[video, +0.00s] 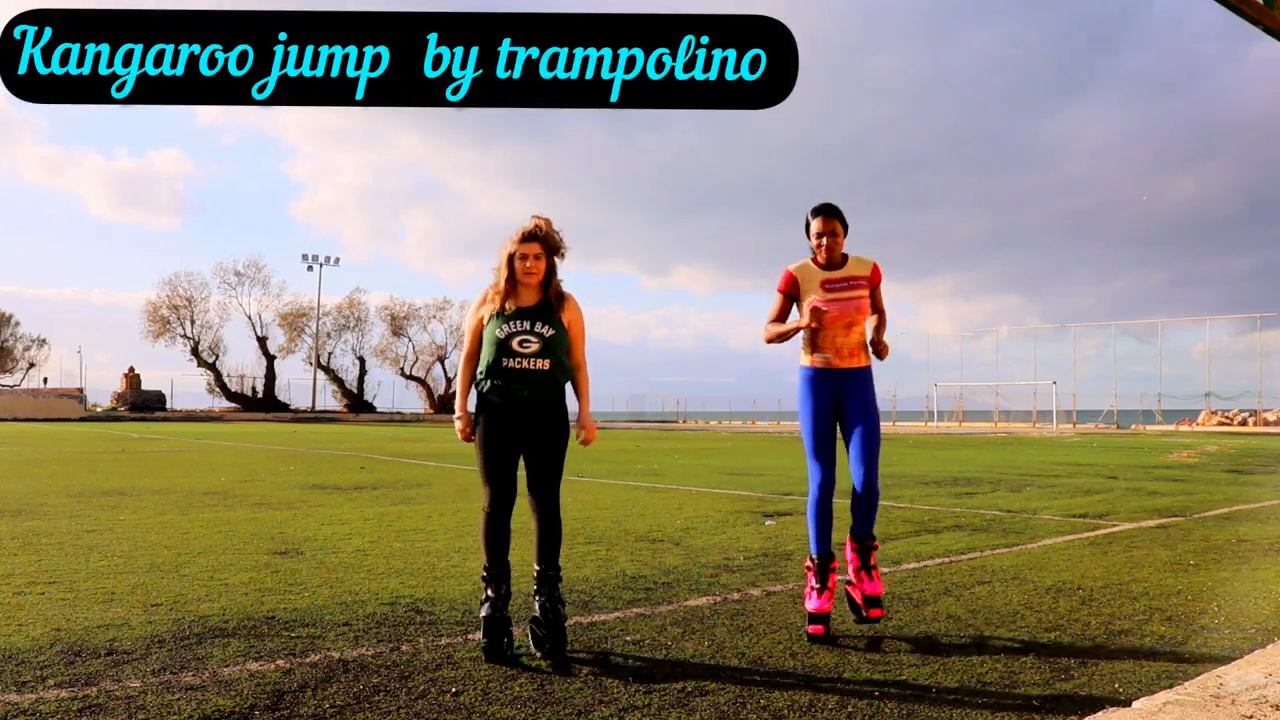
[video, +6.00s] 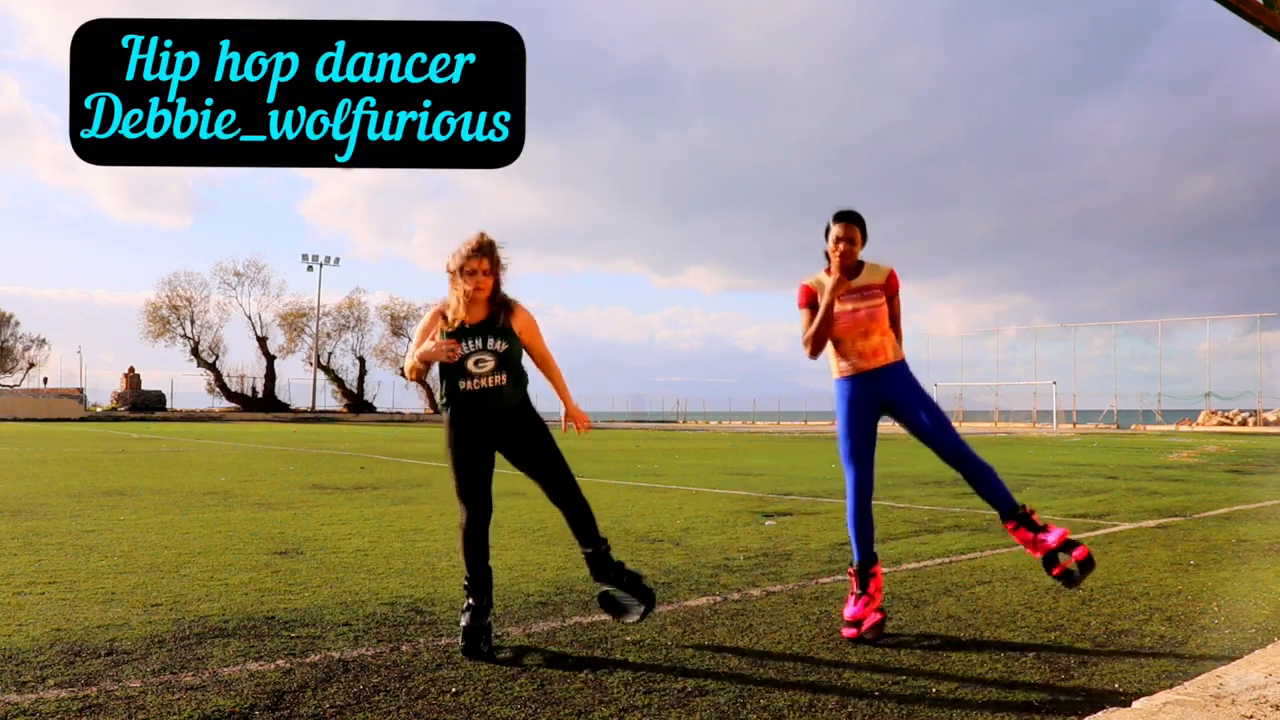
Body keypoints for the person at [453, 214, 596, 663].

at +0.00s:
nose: (531, 263)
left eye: (539, 257)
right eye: (524, 256)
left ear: (549, 262)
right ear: (511, 259)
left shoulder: (565, 306)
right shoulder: (489, 302)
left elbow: (577, 362)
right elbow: (468, 357)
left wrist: (585, 410)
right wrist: (461, 408)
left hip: (547, 415)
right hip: (496, 414)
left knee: (545, 503)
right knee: (497, 502)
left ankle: (548, 595)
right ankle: (494, 597)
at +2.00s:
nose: (504, 260)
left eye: (512, 253)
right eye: (497, 253)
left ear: (524, 258)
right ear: (485, 257)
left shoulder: (542, 292)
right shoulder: (468, 290)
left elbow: (565, 344)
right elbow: (431, 340)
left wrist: (585, 398)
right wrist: (458, 325)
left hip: (540, 397)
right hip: (491, 398)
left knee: (556, 484)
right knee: (482, 490)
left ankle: (577, 578)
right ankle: (480, 585)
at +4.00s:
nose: (498, 275)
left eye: (506, 268)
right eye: (491, 268)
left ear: (517, 274)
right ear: (477, 272)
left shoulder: (533, 315)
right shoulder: (457, 315)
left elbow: (563, 366)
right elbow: (427, 372)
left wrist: (591, 411)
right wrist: (449, 339)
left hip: (534, 419)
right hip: (483, 426)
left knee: (582, 499)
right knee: (491, 518)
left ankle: (620, 578)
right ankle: (496, 611)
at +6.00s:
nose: (479, 281)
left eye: (486, 273)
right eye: (470, 273)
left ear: (496, 276)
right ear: (455, 275)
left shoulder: (514, 315)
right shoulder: (438, 319)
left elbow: (544, 360)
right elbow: (411, 371)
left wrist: (568, 402)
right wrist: (425, 354)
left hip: (515, 418)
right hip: (466, 425)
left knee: (564, 488)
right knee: (475, 513)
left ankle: (604, 567)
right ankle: (477, 606)